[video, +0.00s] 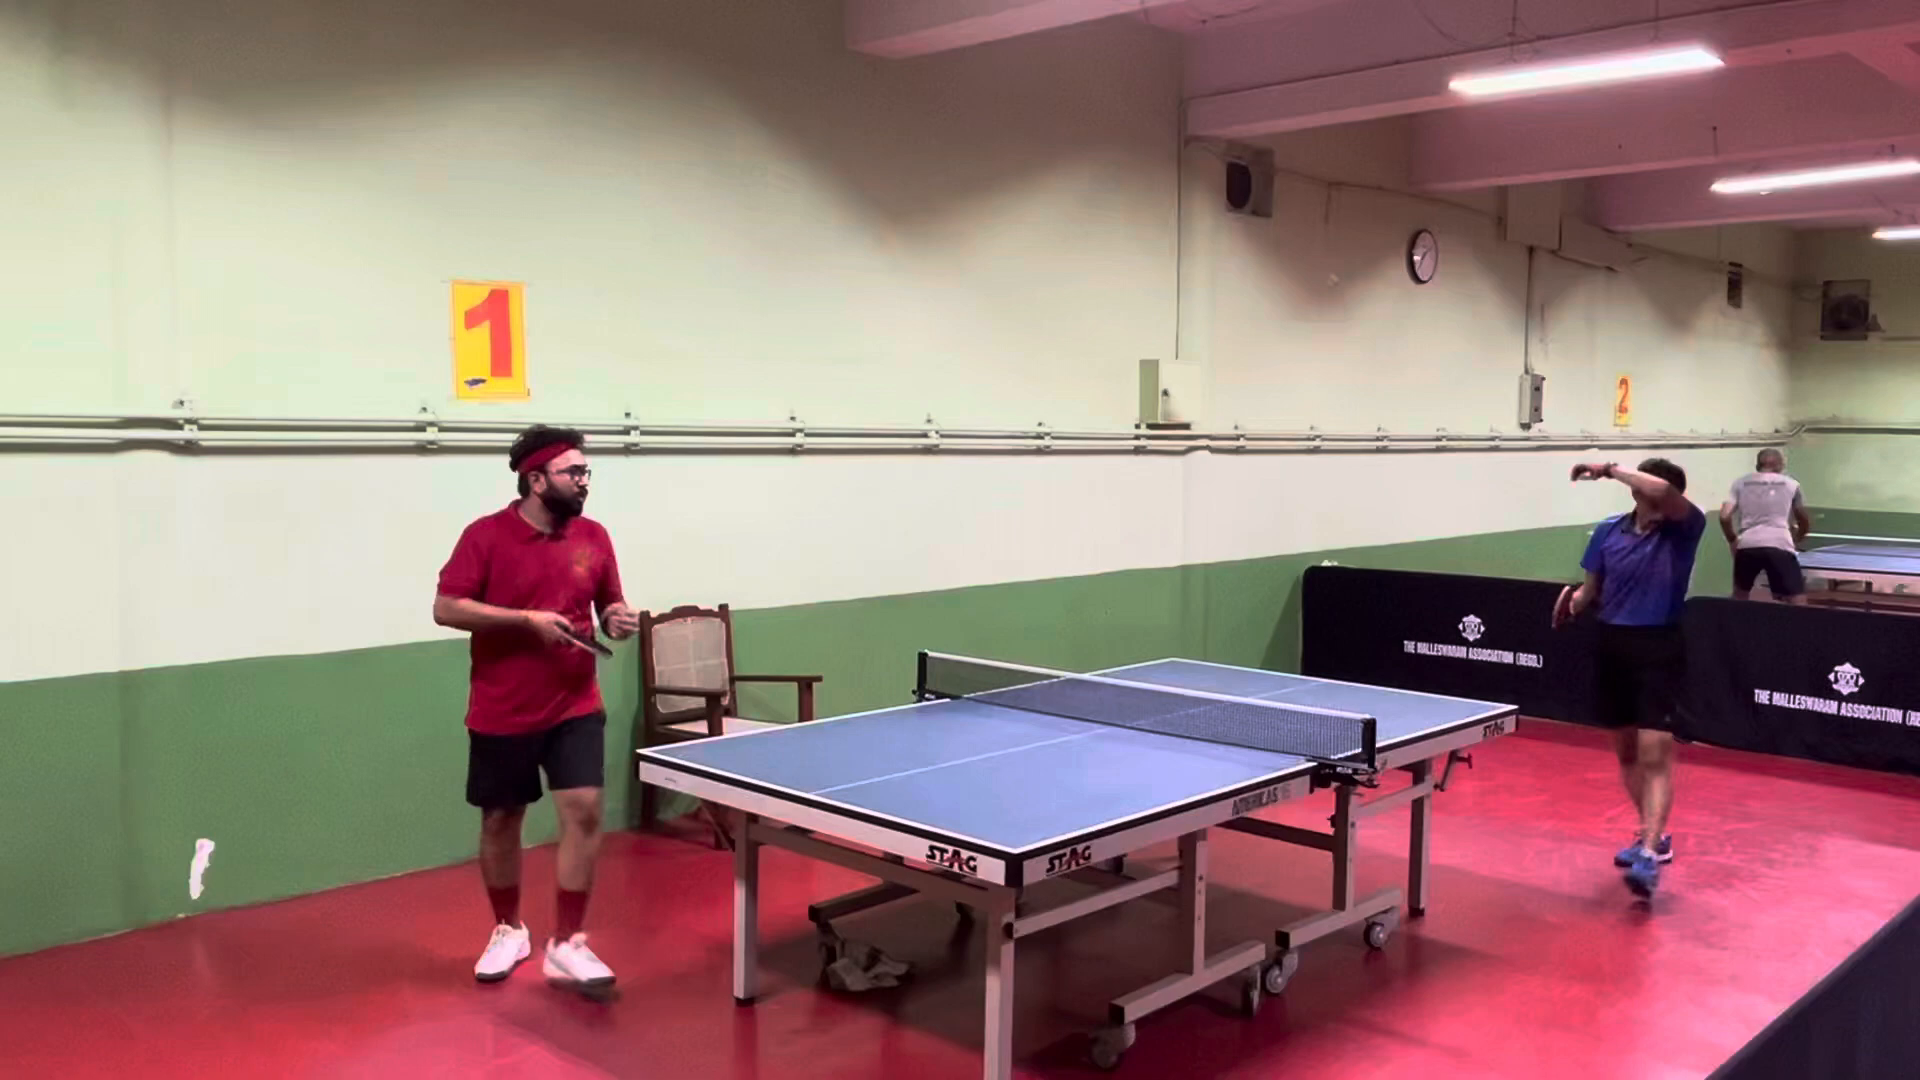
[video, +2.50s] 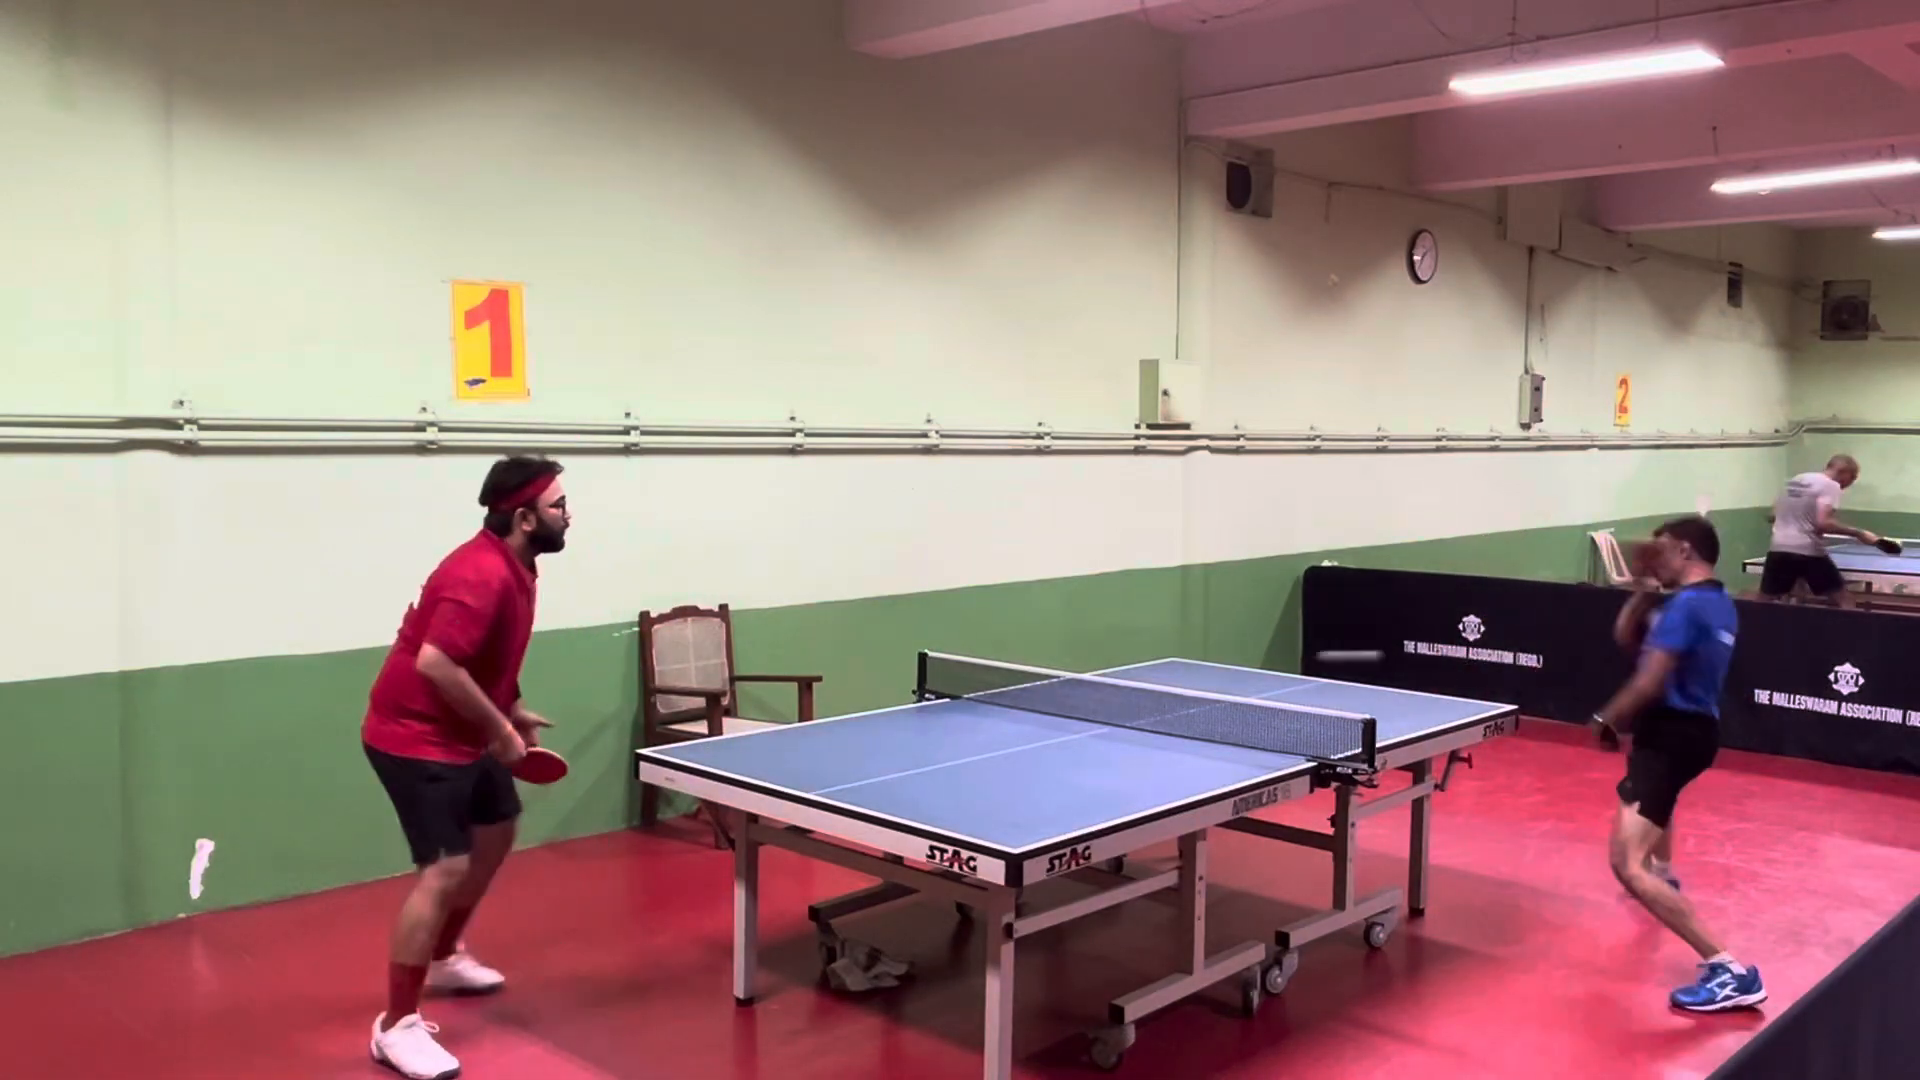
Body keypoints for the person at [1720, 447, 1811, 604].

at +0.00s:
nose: (1782, 468)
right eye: (1781, 465)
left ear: (1757, 466)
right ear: (1781, 466)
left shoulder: (1741, 483)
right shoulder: (1791, 485)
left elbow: (1724, 517)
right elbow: (1804, 522)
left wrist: (1733, 542)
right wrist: (1794, 541)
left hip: (1748, 547)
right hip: (1780, 546)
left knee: (1739, 599)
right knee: (1798, 604)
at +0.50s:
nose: (1798, 464)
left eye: (1798, 460)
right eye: (1798, 460)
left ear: (1774, 460)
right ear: (1795, 461)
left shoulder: (1751, 480)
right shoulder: (1802, 483)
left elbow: (1734, 514)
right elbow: (1820, 528)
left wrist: (1749, 531)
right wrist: (1827, 546)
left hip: (1747, 552)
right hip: (1780, 555)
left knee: (1728, 604)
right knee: (1794, 610)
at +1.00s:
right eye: (1763, 476)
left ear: (1741, 473)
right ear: (1763, 475)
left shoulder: (1719, 487)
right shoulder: (1769, 489)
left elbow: (1701, 519)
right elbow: (1788, 530)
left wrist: (1720, 535)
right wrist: (1779, 538)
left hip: (1721, 554)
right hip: (1753, 554)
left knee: (1717, 606)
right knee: (1770, 606)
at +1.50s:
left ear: (1728, 470)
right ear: (1751, 473)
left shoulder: (1712, 484)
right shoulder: (1761, 491)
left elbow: (1698, 512)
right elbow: (1762, 523)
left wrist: (1698, 541)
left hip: (1721, 546)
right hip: (1755, 546)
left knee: (1710, 596)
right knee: (1775, 597)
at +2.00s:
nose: (1824, 474)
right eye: (1824, 470)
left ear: (1800, 469)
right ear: (1821, 471)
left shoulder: (1776, 486)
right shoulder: (1828, 493)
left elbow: (1757, 518)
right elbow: (1838, 544)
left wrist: (1761, 541)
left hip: (1768, 553)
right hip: (1803, 557)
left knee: (1744, 604)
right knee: (1829, 607)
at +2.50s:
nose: (1849, 485)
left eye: (1852, 481)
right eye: (1851, 479)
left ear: (1830, 466)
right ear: (1843, 472)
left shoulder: (1796, 480)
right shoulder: (1831, 486)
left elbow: (1775, 514)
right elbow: (1823, 522)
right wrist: (1859, 534)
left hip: (1779, 554)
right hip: (1809, 555)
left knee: (1763, 604)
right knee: (1842, 600)